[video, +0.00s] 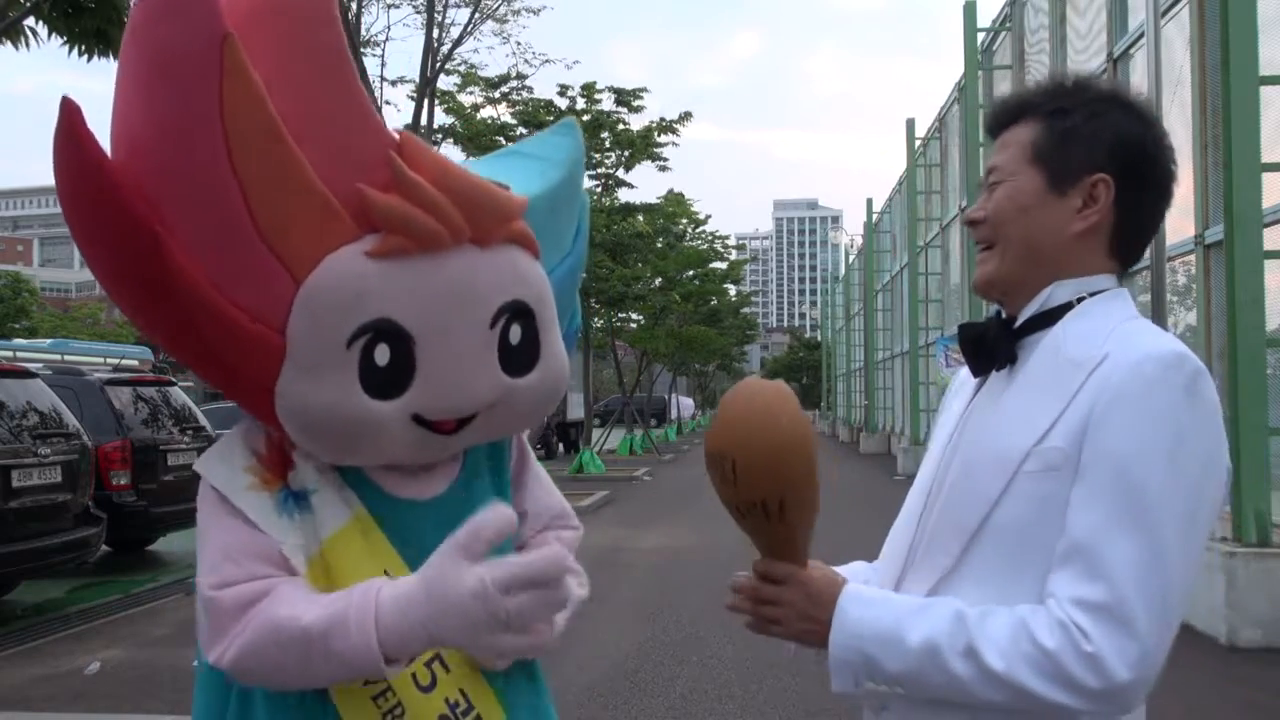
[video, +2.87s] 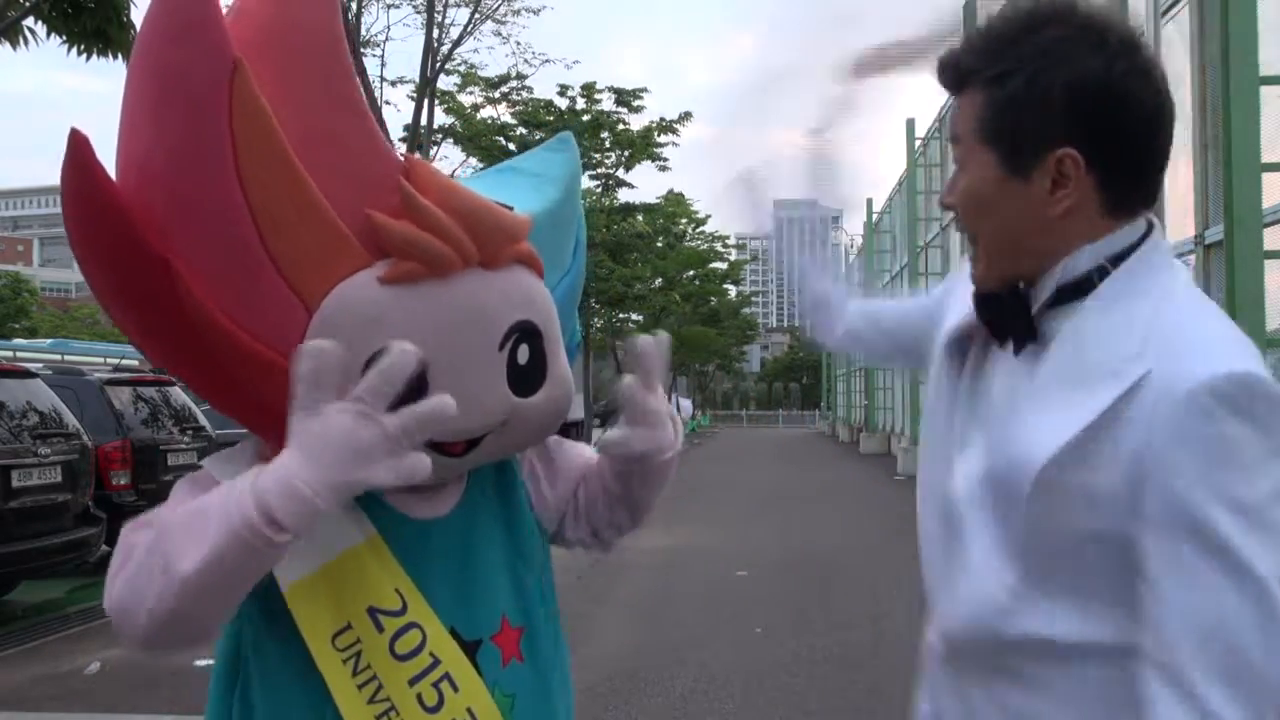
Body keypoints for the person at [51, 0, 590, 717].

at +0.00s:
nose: (459, 402)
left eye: (510, 334)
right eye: (387, 359)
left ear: (543, 321)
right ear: (281, 353)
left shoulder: (499, 451)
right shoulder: (247, 475)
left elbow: (557, 536)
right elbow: (245, 633)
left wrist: (533, 593)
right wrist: (417, 615)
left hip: (501, 705)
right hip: (315, 710)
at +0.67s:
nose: (466, 389)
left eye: (511, 325)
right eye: (398, 344)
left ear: (535, 318)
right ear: (295, 340)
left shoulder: (484, 457)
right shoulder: (242, 493)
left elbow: (547, 553)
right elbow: (227, 668)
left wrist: (516, 576)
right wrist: (410, 594)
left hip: (492, 707)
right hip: (332, 714)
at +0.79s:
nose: (466, 398)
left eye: (510, 335)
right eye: (395, 356)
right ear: (287, 348)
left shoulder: (487, 470)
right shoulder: (243, 492)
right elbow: (231, 672)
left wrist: (535, 583)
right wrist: (392, 580)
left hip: (491, 707)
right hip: (330, 714)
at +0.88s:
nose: (448, 403)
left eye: (493, 348)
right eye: (386, 365)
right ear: (280, 358)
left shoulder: (488, 473)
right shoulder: (249, 483)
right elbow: (235, 663)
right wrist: (366, 541)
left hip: (496, 711)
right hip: (320, 716)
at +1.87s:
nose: (457, 394)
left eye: (508, 344)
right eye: (393, 350)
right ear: (291, 356)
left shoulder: (504, 465)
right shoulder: (240, 482)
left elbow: (559, 555)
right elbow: (155, 627)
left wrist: (602, 492)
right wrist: (284, 518)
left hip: (499, 709)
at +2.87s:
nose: (449, 374)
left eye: (485, 333)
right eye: (397, 340)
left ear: (508, 323)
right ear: (306, 345)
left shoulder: (517, 464)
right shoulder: (260, 486)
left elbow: (598, 510)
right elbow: (140, 610)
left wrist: (640, 464)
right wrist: (293, 485)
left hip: (515, 706)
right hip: (308, 710)